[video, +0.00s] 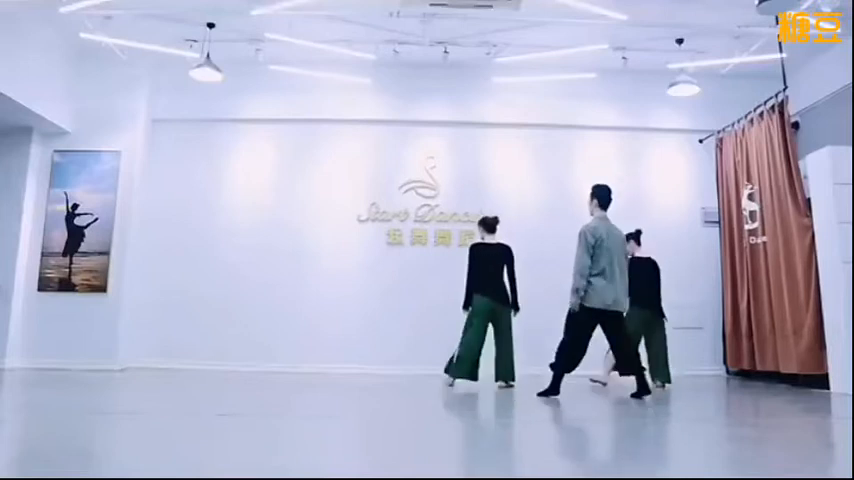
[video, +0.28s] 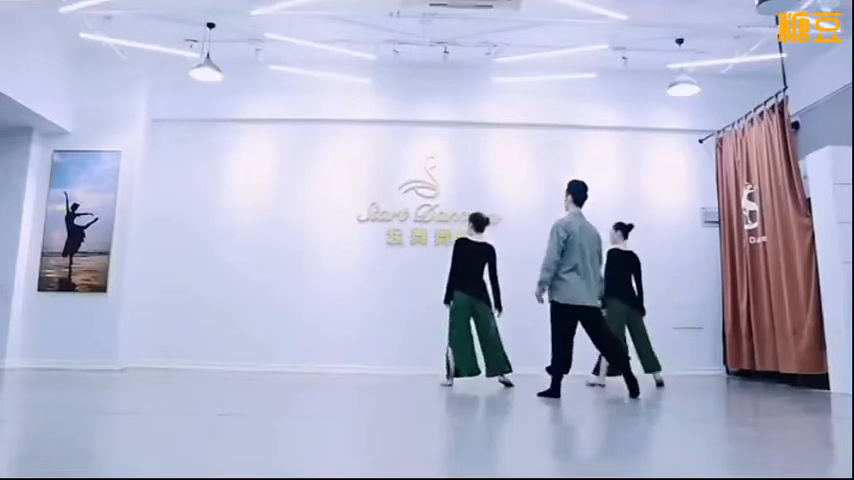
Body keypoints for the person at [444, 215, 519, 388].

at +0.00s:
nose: (478, 232)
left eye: (478, 230)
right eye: (479, 230)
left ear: (481, 230)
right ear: (495, 230)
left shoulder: (475, 248)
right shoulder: (505, 249)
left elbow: (470, 277)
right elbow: (511, 278)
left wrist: (466, 301)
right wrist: (515, 301)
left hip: (480, 298)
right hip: (501, 300)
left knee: (471, 336)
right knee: (504, 340)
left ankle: (454, 372)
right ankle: (505, 377)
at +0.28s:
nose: (468, 226)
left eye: (469, 224)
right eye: (471, 224)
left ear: (470, 225)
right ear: (485, 227)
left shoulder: (460, 243)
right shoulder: (489, 249)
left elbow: (453, 271)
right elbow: (493, 278)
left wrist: (448, 295)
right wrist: (498, 302)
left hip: (460, 293)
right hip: (480, 294)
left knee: (456, 333)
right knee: (489, 333)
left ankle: (451, 373)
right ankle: (501, 372)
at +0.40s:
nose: (461, 225)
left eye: (462, 223)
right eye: (465, 223)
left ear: (463, 225)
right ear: (478, 228)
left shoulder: (451, 243)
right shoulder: (480, 249)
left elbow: (444, 270)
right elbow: (484, 278)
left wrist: (438, 293)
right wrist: (488, 303)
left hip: (452, 292)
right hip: (472, 294)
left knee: (450, 333)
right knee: (483, 332)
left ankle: (449, 376)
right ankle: (499, 371)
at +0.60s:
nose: (454, 225)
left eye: (455, 223)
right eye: (457, 223)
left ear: (456, 225)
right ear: (471, 228)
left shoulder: (444, 243)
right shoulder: (473, 249)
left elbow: (437, 270)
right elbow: (476, 277)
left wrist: (432, 293)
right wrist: (480, 300)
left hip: (446, 292)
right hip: (466, 293)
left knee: (446, 333)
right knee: (480, 332)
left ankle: (448, 375)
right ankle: (496, 368)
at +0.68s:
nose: (452, 226)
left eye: (453, 223)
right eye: (455, 223)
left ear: (454, 225)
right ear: (469, 229)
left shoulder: (442, 243)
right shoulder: (472, 249)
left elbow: (436, 270)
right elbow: (475, 277)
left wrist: (432, 294)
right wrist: (479, 300)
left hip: (445, 291)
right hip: (465, 292)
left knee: (446, 333)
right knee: (479, 330)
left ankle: (448, 375)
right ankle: (497, 367)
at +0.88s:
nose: (450, 226)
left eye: (451, 223)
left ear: (451, 225)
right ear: (466, 229)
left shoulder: (439, 244)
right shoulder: (468, 249)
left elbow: (433, 270)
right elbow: (473, 277)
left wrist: (431, 294)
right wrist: (478, 300)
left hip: (444, 292)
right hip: (464, 293)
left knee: (446, 334)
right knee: (480, 330)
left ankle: (447, 376)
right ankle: (497, 366)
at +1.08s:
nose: (459, 228)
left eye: (453, 224)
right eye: (463, 226)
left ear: (450, 225)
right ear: (465, 228)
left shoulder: (439, 244)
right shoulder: (468, 249)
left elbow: (432, 271)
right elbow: (473, 276)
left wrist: (431, 294)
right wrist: (478, 299)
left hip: (444, 293)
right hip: (465, 293)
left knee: (446, 334)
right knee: (480, 330)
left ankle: (447, 376)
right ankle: (498, 366)